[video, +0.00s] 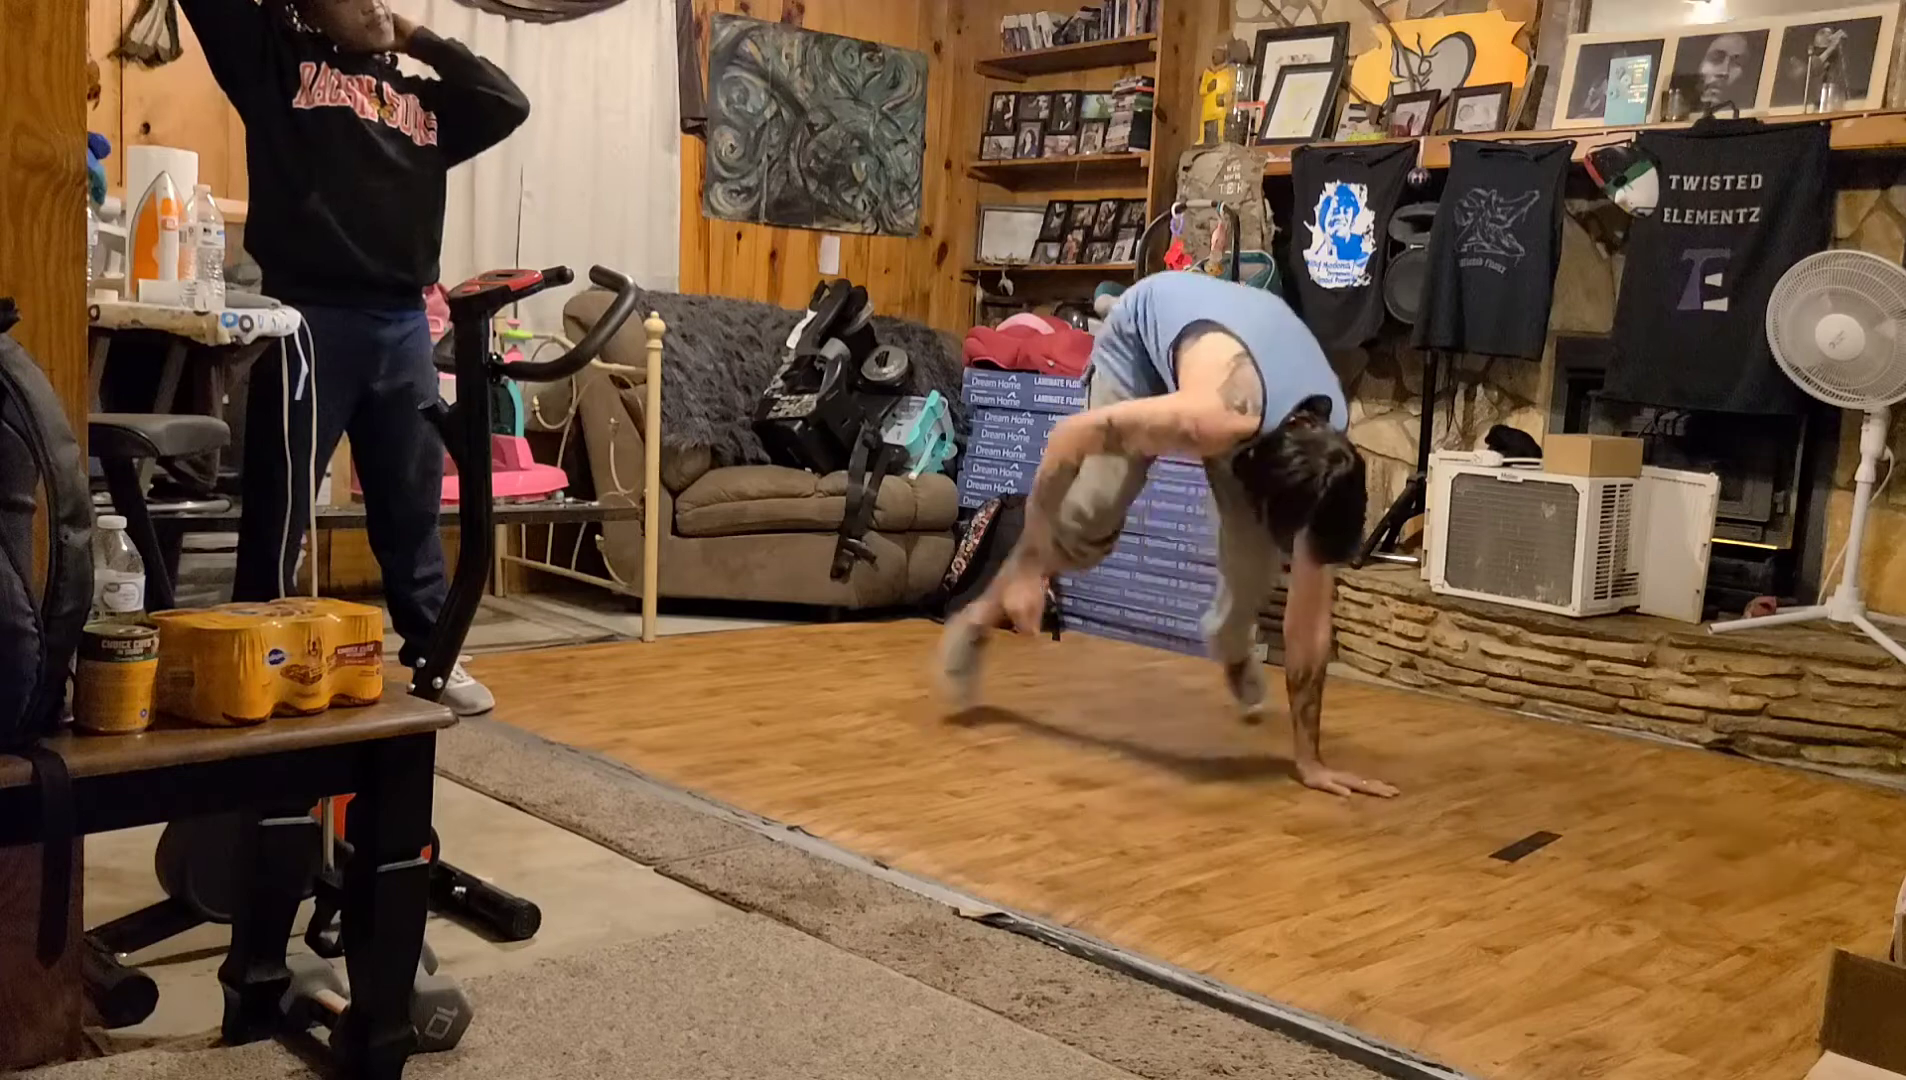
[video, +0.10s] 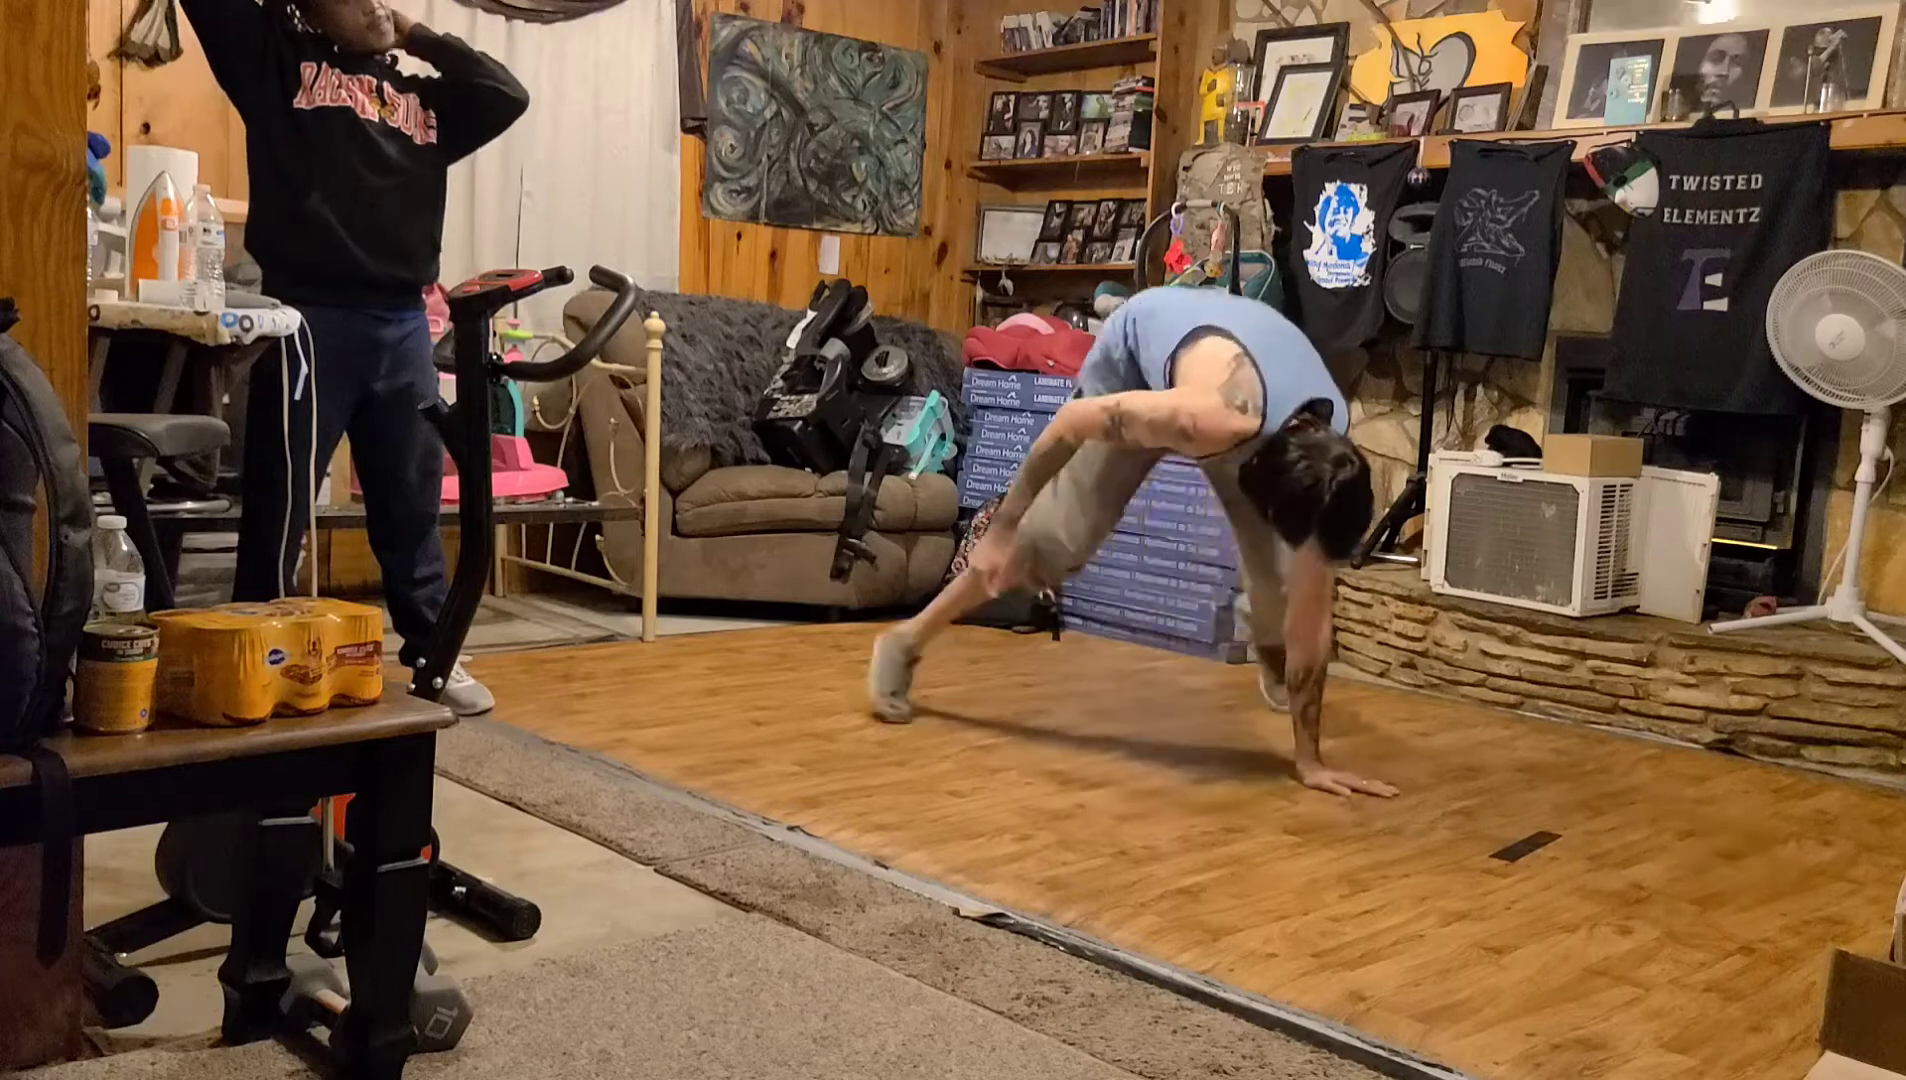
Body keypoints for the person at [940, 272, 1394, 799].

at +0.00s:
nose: (1292, 547)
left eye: (1305, 543)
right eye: (1291, 536)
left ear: (1333, 490)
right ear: (1267, 490)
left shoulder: (1327, 479)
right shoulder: (1210, 423)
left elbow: (1310, 622)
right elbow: (1069, 435)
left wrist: (1309, 759)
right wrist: (1032, 562)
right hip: (1144, 331)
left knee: (1256, 566)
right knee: (1090, 515)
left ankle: (1232, 646)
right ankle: (976, 621)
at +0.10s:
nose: (1308, 550)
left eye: (1320, 544)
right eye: (1309, 541)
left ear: (1347, 485)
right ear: (1278, 492)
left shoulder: (1328, 473)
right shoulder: (1206, 425)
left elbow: (1308, 621)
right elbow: (1071, 422)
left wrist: (1311, 761)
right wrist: (1004, 525)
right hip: (1140, 352)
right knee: (1058, 539)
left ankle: (1276, 658)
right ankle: (907, 639)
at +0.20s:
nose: (1300, 536)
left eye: (1316, 530)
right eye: (1298, 524)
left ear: (1345, 479)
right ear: (1282, 489)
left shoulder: (1328, 458)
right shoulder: (1194, 423)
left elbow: (1311, 617)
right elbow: (1068, 440)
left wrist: (1311, 761)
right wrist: (994, 555)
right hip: (1118, 429)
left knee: (1280, 598)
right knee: (1033, 570)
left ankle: (1283, 674)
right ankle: (897, 655)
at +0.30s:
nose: (1303, 543)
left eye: (1316, 534)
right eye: (1299, 528)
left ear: (1343, 484)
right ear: (1275, 492)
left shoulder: (1329, 471)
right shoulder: (1207, 414)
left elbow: (1313, 620)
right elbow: (1072, 432)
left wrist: (1310, 762)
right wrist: (1015, 553)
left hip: (1220, 469)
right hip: (1124, 420)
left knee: (1244, 635)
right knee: (1038, 561)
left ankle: (1267, 671)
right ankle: (897, 653)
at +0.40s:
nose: (1289, 532)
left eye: (1299, 524)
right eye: (1285, 519)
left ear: (1327, 481)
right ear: (1268, 483)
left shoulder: (1324, 473)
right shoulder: (1201, 405)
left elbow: (1310, 622)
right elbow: (1062, 424)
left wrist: (1311, 759)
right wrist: (1010, 547)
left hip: (1228, 439)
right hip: (1138, 377)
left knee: (1229, 609)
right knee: (1059, 520)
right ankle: (945, 642)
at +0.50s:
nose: (1289, 527)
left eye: (1301, 520)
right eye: (1287, 516)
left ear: (1325, 482)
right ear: (1261, 475)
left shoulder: (1322, 469)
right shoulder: (1196, 401)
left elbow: (1307, 618)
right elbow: (1057, 428)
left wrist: (1310, 759)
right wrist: (1008, 552)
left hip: (1231, 446)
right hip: (1140, 388)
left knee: (1215, 606)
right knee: (1057, 530)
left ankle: (1136, 638)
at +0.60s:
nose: (1263, 508)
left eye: (1276, 504)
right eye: (1257, 496)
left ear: (1307, 482)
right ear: (1234, 461)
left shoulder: (1308, 489)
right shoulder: (1184, 409)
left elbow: (1306, 624)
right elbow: (1038, 499)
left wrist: (1309, 760)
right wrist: (1046, 620)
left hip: (1226, 526)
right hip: (1144, 488)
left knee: (1195, 585)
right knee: (1089, 548)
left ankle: (1131, 710)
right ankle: (1093, 693)